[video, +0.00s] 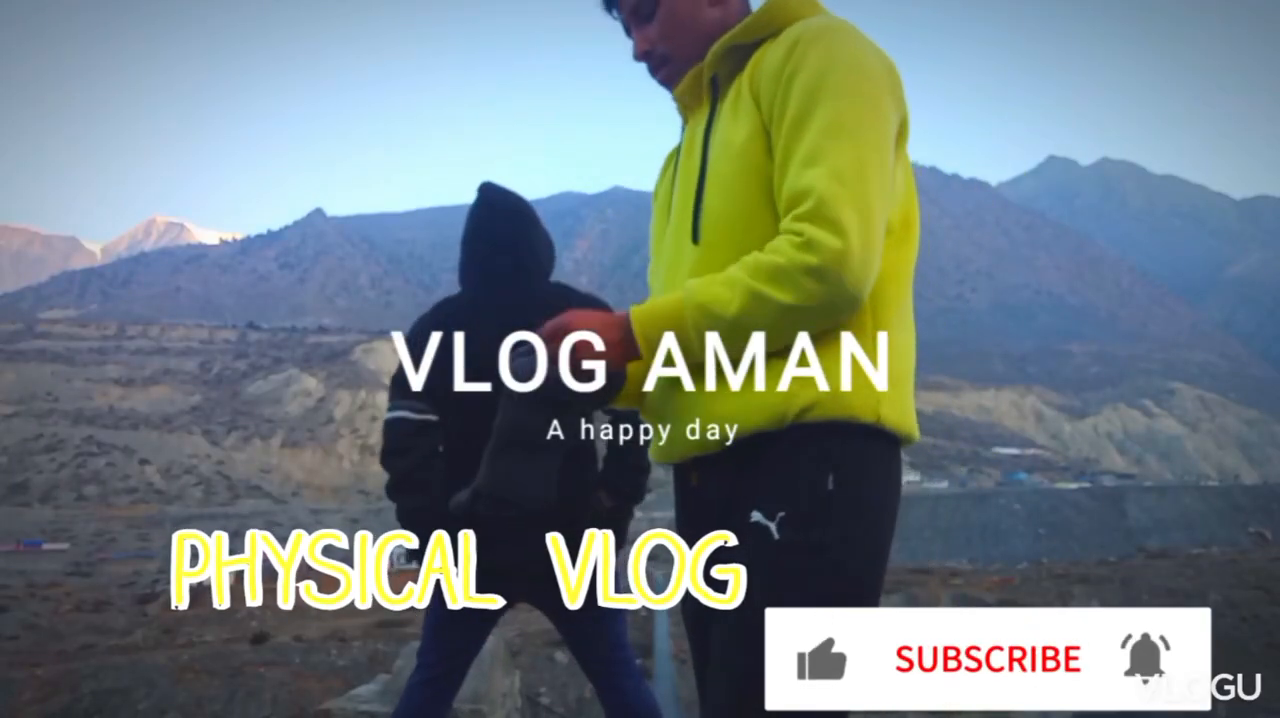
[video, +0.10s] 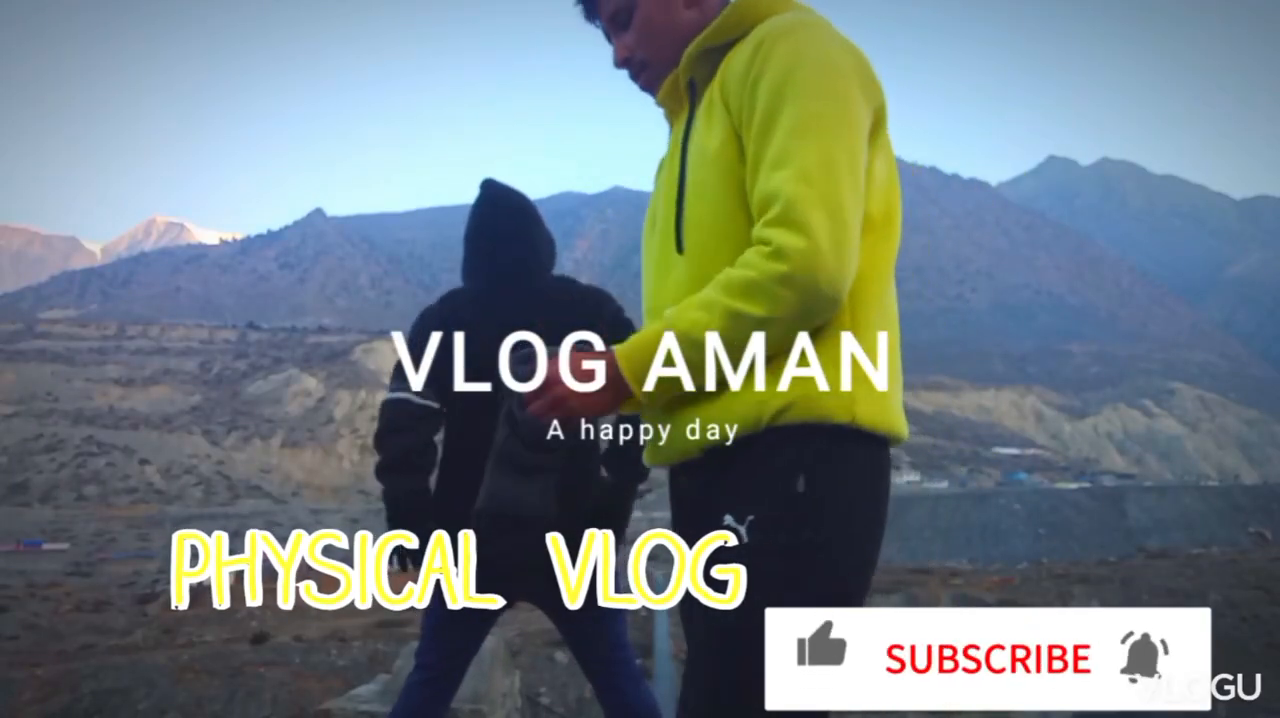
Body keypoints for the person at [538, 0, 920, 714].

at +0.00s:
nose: (635, 45)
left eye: (642, 13)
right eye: (624, 26)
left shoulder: (824, 51)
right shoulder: (681, 155)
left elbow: (829, 263)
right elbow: (699, 338)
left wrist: (637, 334)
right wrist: (614, 364)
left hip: (815, 454)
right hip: (714, 464)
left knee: (793, 698)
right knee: (728, 697)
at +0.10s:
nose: (617, 53)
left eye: (621, 19)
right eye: (605, 33)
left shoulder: (797, 51)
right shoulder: (696, 117)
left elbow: (805, 264)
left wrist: (624, 372)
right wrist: (612, 380)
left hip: (798, 457)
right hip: (722, 462)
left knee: (744, 698)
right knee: (721, 697)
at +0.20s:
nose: (598, 58)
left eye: (598, 22)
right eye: (587, 38)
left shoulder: (763, 43)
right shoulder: (703, 82)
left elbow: (768, 264)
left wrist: (603, 391)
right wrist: (604, 396)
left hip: (774, 457)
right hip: (724, 457)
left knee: (723, 700)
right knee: (706, 698)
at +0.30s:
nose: (578, 56)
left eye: (573, 19)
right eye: (565, 31)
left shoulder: (720, 43)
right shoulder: (696, 60)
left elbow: (709, 270)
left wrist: (556, 405)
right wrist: (565, 401)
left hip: (732, 466)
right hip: (704, 466)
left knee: (712, 702)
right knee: (703, 700)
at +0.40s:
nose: (548, 45)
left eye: (544, 12)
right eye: (538, 21)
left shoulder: (673, 41)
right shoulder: (673, 48)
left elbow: (663, 286)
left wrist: (505, 402)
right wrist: (520, 393)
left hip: (695, 466)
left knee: (677, 700)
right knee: (682, 699)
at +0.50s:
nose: (513, 31)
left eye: (514, 7)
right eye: (508, 14)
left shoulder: (620, 46)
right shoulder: (674, 45)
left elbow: (635, 310)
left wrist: (474, 382)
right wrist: (487, 375)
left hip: (660, 465)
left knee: (641, 702)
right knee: (670, 701)